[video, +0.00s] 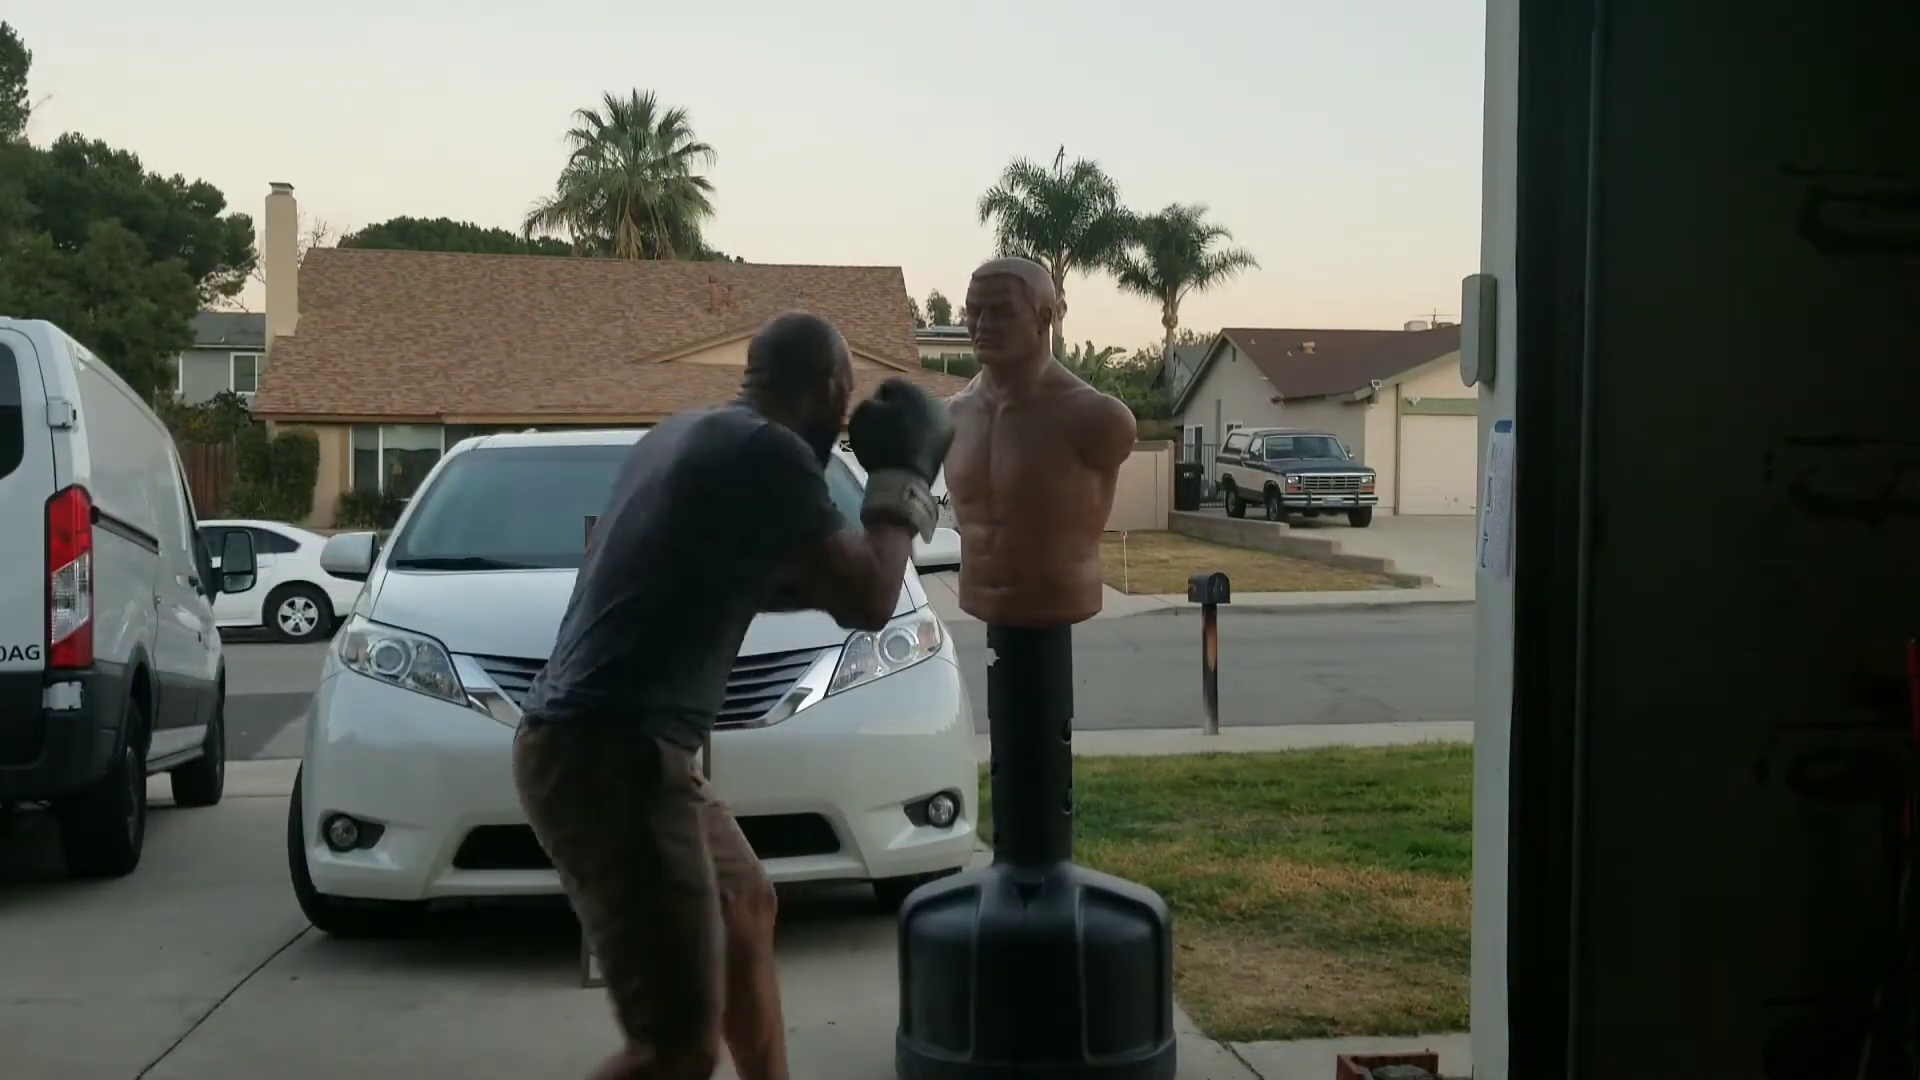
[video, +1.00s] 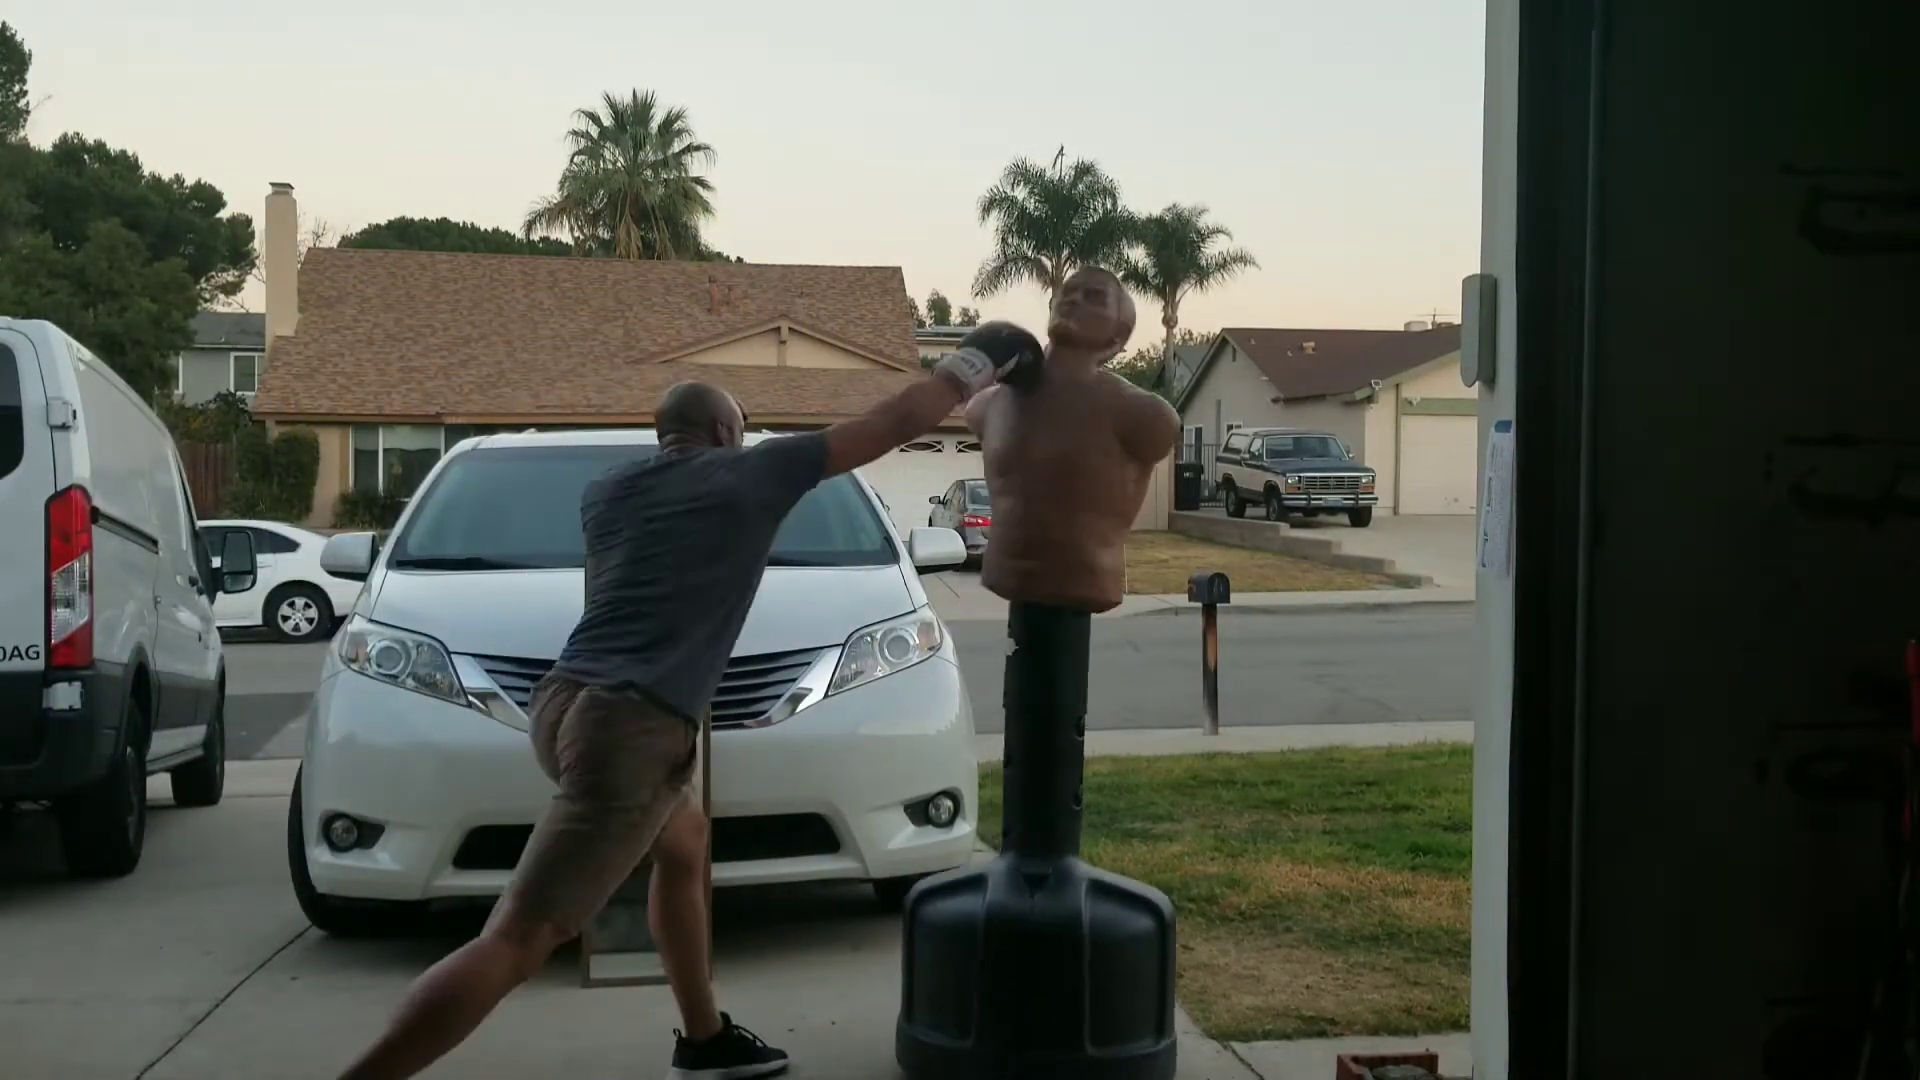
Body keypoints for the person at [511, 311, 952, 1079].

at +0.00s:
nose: (849, 405)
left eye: (850, 391)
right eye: (847, 388)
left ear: (752, 379)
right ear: (831, 389)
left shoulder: (682, 437)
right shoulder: (771, 454)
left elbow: (724, 583)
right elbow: (868, 598)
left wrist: (851, 571)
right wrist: (898, 472)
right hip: (614, 753)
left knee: (747, 901)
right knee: (677, 1049)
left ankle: (767, 1072)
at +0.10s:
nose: (796, 383)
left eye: (796, 367)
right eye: (796, 367)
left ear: (704, 352)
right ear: (779, 364)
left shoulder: (611, 418)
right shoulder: (750, 440)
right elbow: (861, 570)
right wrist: (879, 447)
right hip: (604, 749)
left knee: (725, 903)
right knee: (633, 1050)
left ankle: (761, 1072)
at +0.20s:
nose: (751, 366)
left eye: (756, 349)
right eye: (754, 347)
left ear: (654, 336)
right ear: (735, 342)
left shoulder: (560, 413)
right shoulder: (711, 425)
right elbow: (805, 578)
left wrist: (735, 442)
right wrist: (853, 483)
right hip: (593, 748)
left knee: (730, 880)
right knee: (620, 1046)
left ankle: (728, 1073)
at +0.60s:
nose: (733, 381)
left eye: (731, 361)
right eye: (725, 360)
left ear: (652, 359)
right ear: (689, 359)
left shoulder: (613, 431)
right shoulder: (618, 437)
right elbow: (706, 586)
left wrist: (719, 485)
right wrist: (778, 481)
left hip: (624, 737)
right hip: (537, 746)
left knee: (738, 857)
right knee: (549, 1006)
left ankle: (703, 1044)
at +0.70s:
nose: (753, 393)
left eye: (751, 375)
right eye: (744, 374)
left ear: (693, 375)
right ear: (708, 374)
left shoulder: (690, 462)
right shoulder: (604, 451)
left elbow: (768, 466)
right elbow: (635, 598)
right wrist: (731, 547)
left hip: (637, 733)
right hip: (549, 733)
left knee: (731, 868)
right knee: (545, 981)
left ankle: (717, 1031)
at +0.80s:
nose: (773, 404)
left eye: (770, 388)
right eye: (764, 387)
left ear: (713, 393)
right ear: (730, 390)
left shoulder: (714, 478)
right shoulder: (653, 467)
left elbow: (776, 523)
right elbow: (673, 576)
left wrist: (855, 485)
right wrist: (760, 516)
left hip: (669, 732)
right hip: (612, 728)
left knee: (750, 855)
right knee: (573, 959)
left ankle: (707, 1037)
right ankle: (436, 1076)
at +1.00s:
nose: (747, 439)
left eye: (739, 428)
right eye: (742, 428)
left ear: (660, 435)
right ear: (728, 430)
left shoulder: (607, 490)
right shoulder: (754, 474)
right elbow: (891, 422)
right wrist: (974, 366)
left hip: (563, 708)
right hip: (639, 727)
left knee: (684, 839)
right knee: (514, 943)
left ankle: (704, 1032)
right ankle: (362, 1072)